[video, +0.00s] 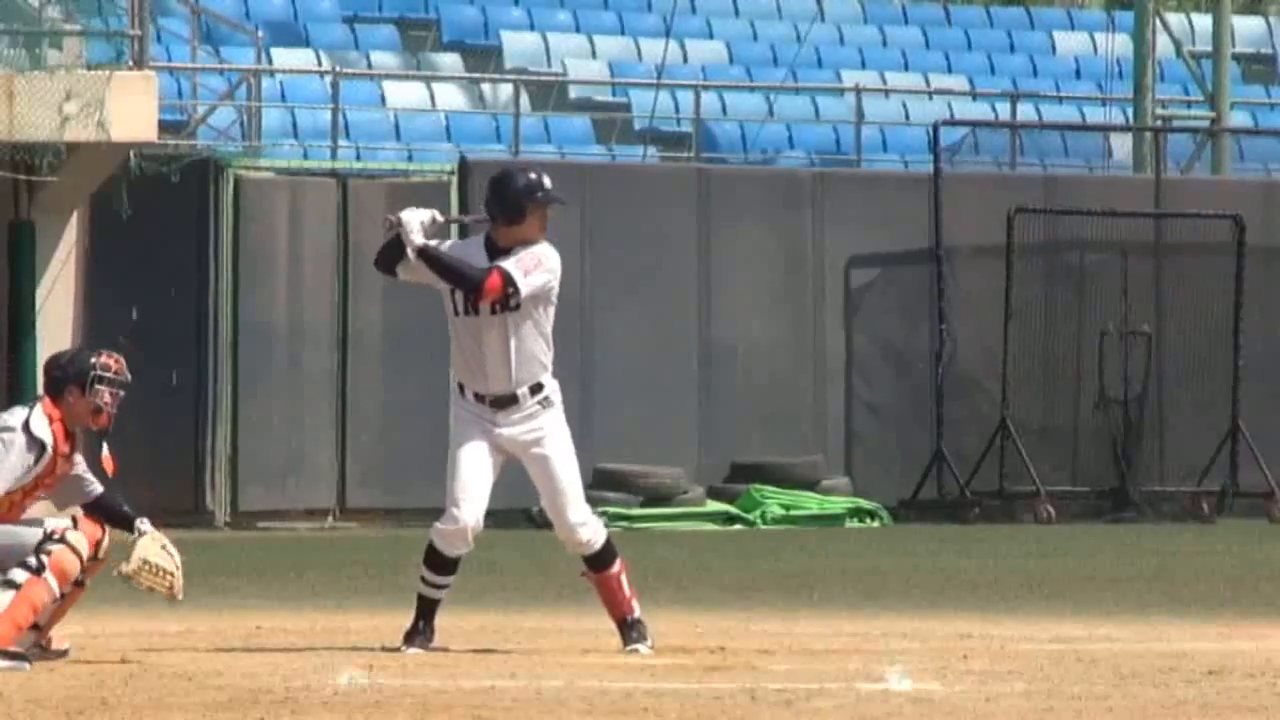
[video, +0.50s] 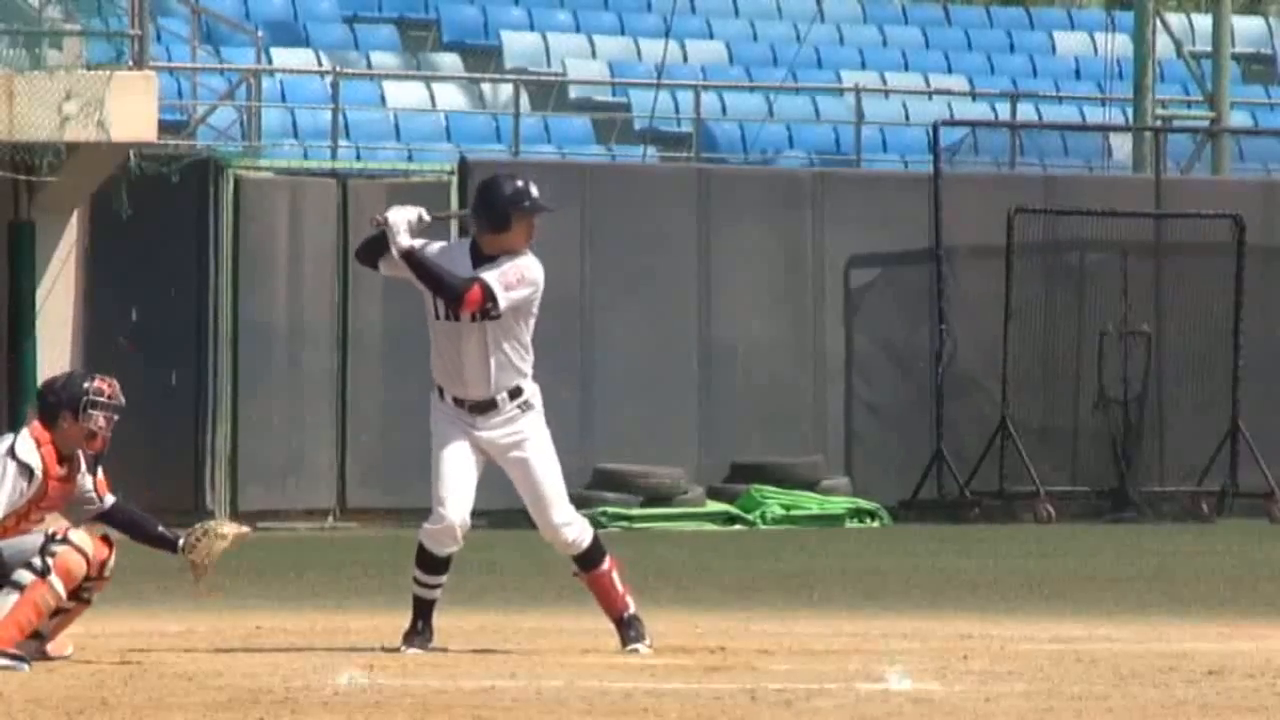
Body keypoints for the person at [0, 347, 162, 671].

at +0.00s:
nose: (110, 399)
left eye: (112, 391)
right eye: (101, 389)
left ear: (73, 396)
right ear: (71, 394)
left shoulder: (62, 436)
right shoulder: (25, 436)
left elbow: (90, 494)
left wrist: (139, 526)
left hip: (7, 527)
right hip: (3, 530)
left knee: (92, 536)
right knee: (64, 542)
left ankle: (32, 636)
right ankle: (5, 640)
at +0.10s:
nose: (104, 411)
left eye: (106, 403)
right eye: (95, 402)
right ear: (66, 405)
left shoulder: (62, 447)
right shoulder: (21, 447)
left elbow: (91, 501)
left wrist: (154, 536)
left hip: (7, 540)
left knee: (93, 540)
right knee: (68, 547)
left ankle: (33, 638)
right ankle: (5, 639)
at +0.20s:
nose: (102, 415)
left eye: (103, 407)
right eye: (92, 407)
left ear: (65, 413)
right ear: (64, 411)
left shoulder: (65, 452)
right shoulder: (18, 452)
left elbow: (97, 505)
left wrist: (161, 536)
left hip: (8, 540)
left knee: (94, 542)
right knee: (67, 549)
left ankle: (32, 640)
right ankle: (3, 641)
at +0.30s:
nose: (100, 420)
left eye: (102, 412)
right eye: (91, 411)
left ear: (65, 417)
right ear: (64, 415)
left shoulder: (68, 458)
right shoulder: (18, 455)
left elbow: (105, 508)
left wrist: (168, 539)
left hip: (9, 542)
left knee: (96, 547)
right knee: (67, 551)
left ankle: (33, 640)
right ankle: (4, 641)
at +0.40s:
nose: (102, 423)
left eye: (105, 415)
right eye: (93, 414)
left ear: (68, 420)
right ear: (65, 418)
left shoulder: (70, 462)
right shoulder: (19, 457)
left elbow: (112, 511)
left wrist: (178, 543)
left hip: (10, 544)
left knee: (98, 549)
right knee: (66, 551)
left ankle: (32, 641)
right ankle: (5, 642)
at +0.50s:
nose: (103, 425)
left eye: (105, 417)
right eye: (93, 416)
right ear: (65, 419)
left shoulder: (75, 462)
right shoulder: (18, 459)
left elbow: (111, 511)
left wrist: (179, 543)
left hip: (10, 545)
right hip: (1, 547)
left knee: (99, 551)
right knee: (69, 552)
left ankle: (34, 642)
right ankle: (4, 642)